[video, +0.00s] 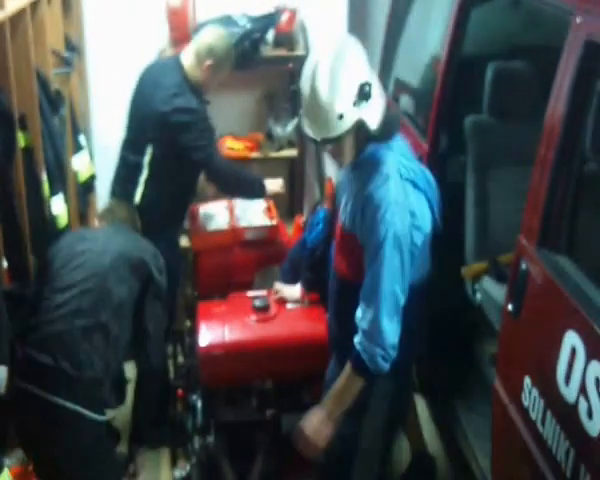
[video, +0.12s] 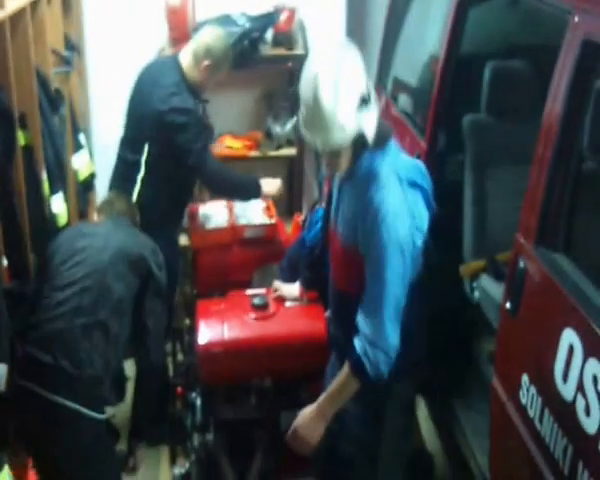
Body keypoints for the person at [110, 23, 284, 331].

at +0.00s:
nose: (219, 83)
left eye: (222, 78)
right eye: (220, 77)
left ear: (195, 54)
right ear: (207, 67)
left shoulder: (157, 71)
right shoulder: (184, 109)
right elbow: (214, 168)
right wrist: (262, 187)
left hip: (126, 200)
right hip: (157, 218)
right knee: (163, 294)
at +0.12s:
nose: (218, 82)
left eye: (221, 74)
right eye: (220, 74)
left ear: (193, 51)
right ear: (205, 65)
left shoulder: (159, 69)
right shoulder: (179, 109)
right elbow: (212, 175)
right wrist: (259, 187)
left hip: (123, 209)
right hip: (154, 225)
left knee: (133, 307)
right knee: (157, 325)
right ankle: (153, 422)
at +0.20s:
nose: (210, 84)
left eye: (213, 76)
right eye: (213, 77)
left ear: (189, 53)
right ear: (201, 69)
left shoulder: (157, 69)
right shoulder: (175, 115)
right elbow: (188, 182)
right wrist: (239, 200)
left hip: (124, 210)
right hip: (152, 225)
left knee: (131, 306)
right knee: (155, 321)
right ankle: (151, 420)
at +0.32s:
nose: (209, 89)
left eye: (212, 81)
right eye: (210, 81)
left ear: (187, 52)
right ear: (199, 70)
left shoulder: (154, 69)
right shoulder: (168, 120)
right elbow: (173, 192)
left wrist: (184, 179)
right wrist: (216, 214)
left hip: (120, 210)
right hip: (148, 227)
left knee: (125, 307)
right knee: (150, 328)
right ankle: (148, 423)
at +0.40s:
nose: (209, 90)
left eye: (213, 84)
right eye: (210, 83)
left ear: (184, 58)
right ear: (193, 72)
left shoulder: (154, 69)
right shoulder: (167, 123)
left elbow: (164, 148)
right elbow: (165, 194)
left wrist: (185, 184)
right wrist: (205, 222)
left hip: (118, 196)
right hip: (144, 219)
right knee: (151, 296)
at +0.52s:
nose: (199, 87)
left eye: (202, 82)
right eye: (200, 80)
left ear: (180, 60)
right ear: (184, 68)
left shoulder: (150, 68)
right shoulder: (156, 114)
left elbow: (167, 145)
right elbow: (150, 186)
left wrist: (184, 184)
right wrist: (188, 223)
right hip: (142, 214)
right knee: (150, 288)